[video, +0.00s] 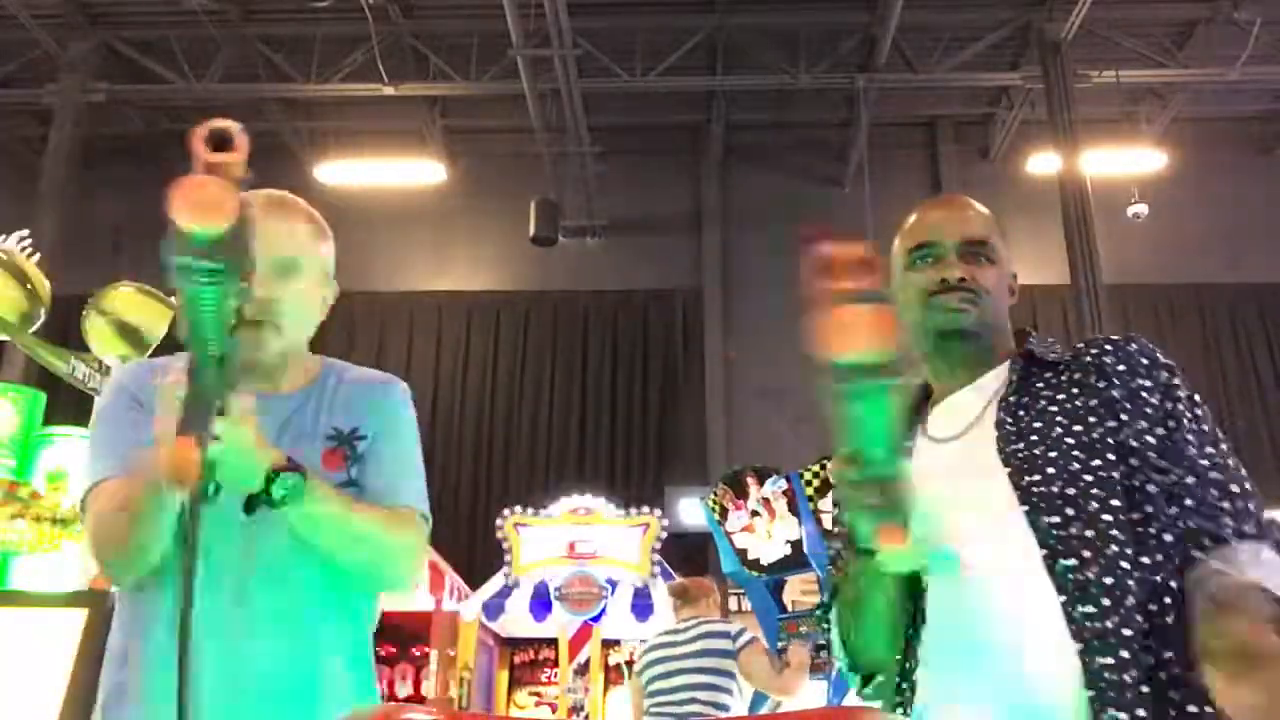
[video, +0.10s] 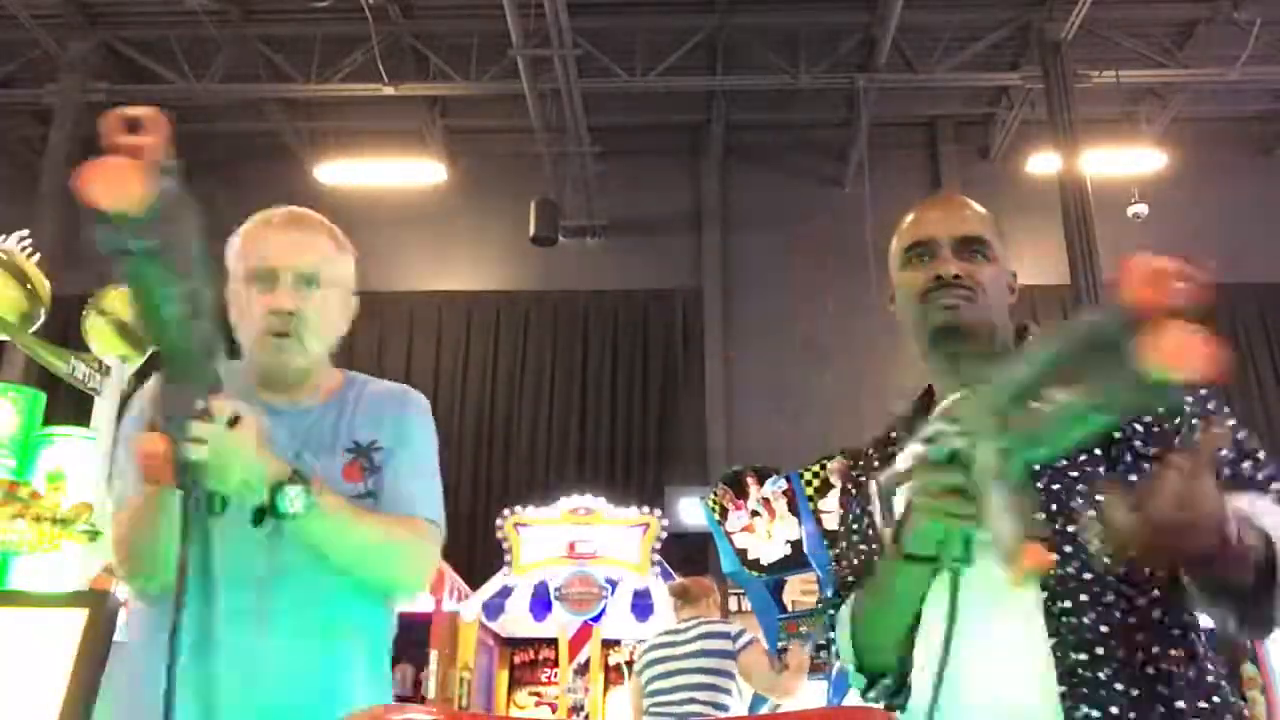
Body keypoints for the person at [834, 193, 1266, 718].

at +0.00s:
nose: (953, 271)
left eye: (977, 255)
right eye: (925, 259)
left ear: (1011, 285)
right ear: (893, 297)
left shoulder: (1116, 376)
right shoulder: (885, 445)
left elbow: (1229, 541)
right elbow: (871, 661)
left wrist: (1238, 622)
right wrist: (872, 536)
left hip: (1124, 704)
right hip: (945, 708)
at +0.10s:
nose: (946, 268)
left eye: (972, 251)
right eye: (919, 256)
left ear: (1011, 283)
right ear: (894, 299)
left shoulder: (1136, 404)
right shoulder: (881, 471)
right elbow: (866, 660)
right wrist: (912, 553)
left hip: (1154, 705)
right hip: (965, 708)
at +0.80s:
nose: (912, 270)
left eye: (937, 254)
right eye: (884, 253)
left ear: (972, 286)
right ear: (853, 293)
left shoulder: (1092, 414)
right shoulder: (829, 476)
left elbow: (1186, 572)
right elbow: (803, 664)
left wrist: (1074, 475)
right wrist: (859, 554)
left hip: (1081, 701)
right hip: (901, 704)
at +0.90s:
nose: (907, 276)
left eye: (930, 255)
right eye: (880, 263)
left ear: (967, 280)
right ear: (856, 290)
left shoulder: (1054, 357)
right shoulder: (869, 421)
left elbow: (1109, 539)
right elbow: (818, 665)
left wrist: (955, 448)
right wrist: (838, 554)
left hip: (1077, 696)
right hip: (915, 700)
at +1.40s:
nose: (936, 271)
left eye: (961, 248)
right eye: (906, 253)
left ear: (994, 267)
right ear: (876, 299)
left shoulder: (1081, 356)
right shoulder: (882, 433)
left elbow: (1161, 517)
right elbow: (827, 649)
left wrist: (1041, 407)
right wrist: (867, 515)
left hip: (1096, 697)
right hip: (915, 704)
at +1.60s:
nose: (945, 271)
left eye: (969, 251)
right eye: (914, 256)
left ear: (996, 280)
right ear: (883, 300)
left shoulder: (1086, 364)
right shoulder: (878, 457)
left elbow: (1149, 534)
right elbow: (831, 658)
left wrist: (1019, 444)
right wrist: (868, 544)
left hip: (1084, 704)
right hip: (916, 708)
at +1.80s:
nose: (943, 274)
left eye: (967, 257)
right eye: (916, 262)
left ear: (1004, 286)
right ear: (887, 302)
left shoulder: (1089, 357)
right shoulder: (900, 451)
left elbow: (1036, 488)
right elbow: (874, 668)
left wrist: (844, 424)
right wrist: (842, 547)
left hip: (1097, 700)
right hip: (941, 707)